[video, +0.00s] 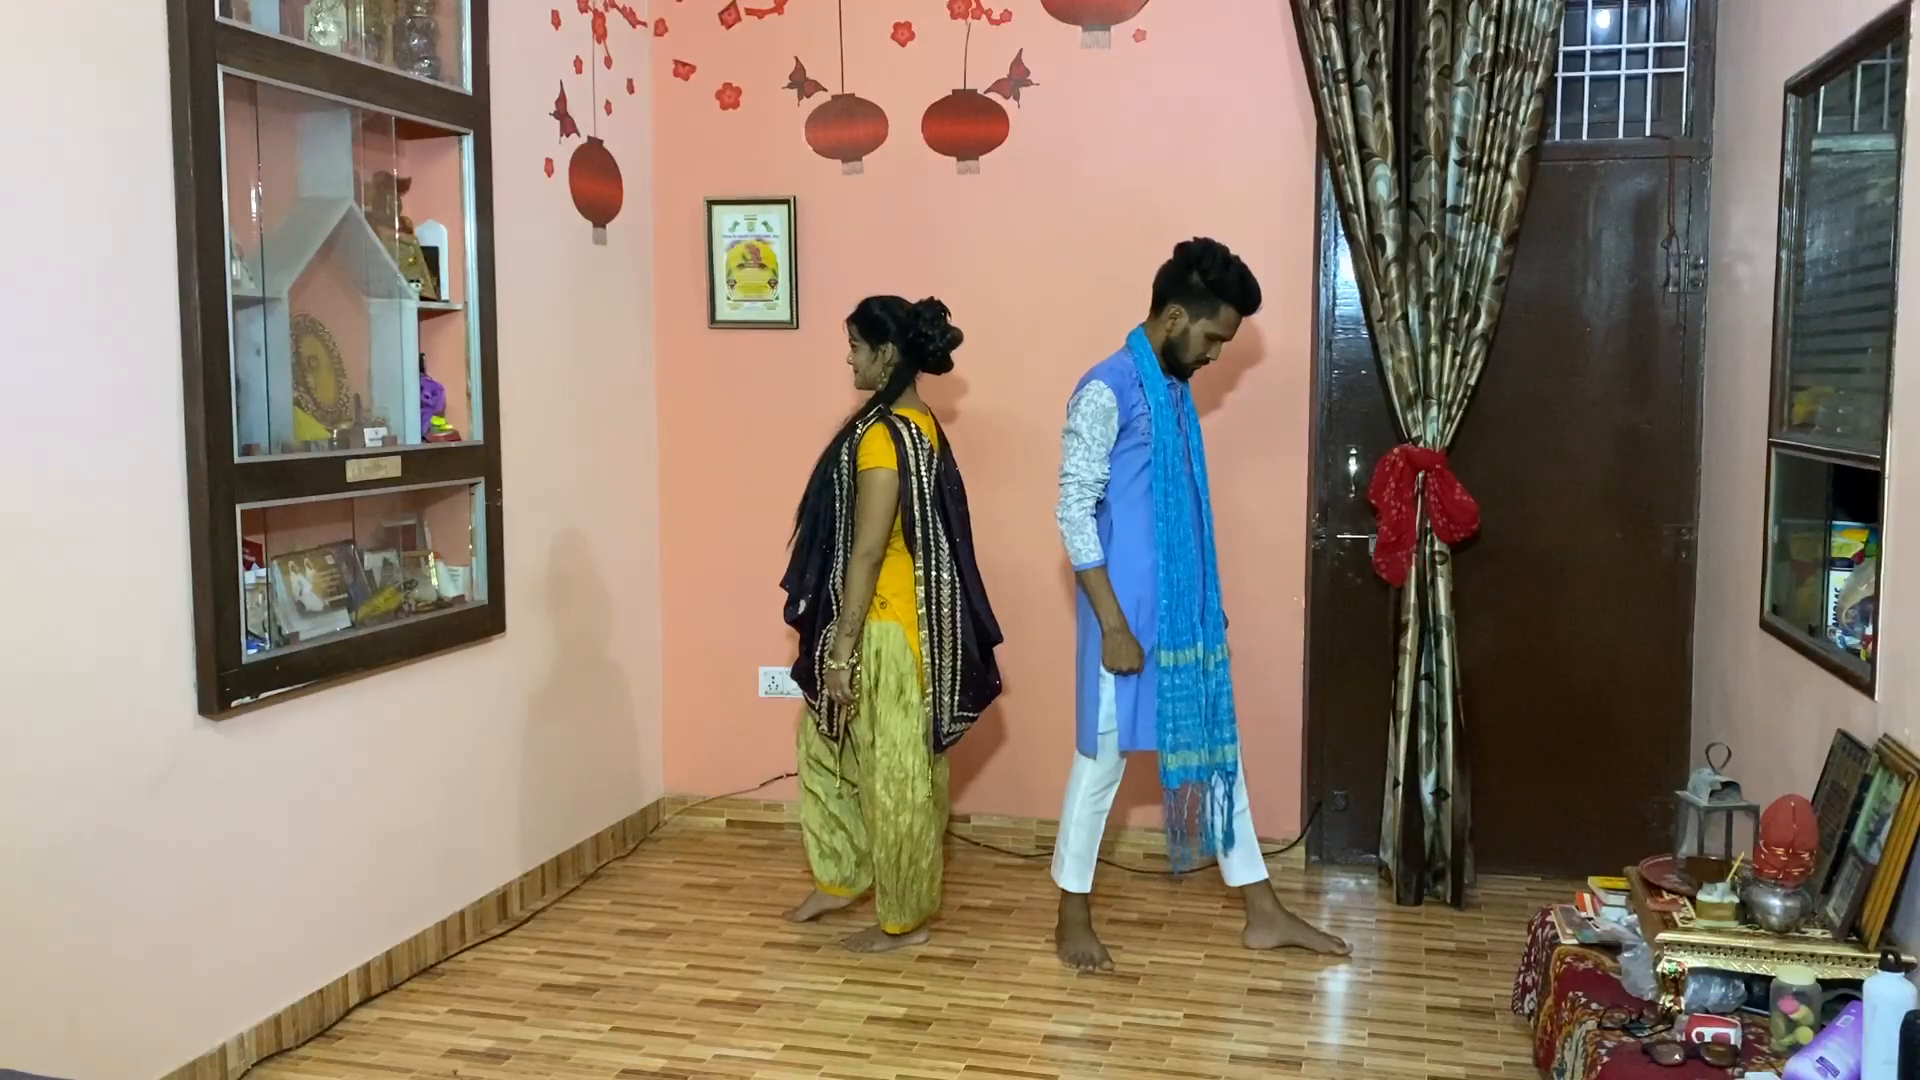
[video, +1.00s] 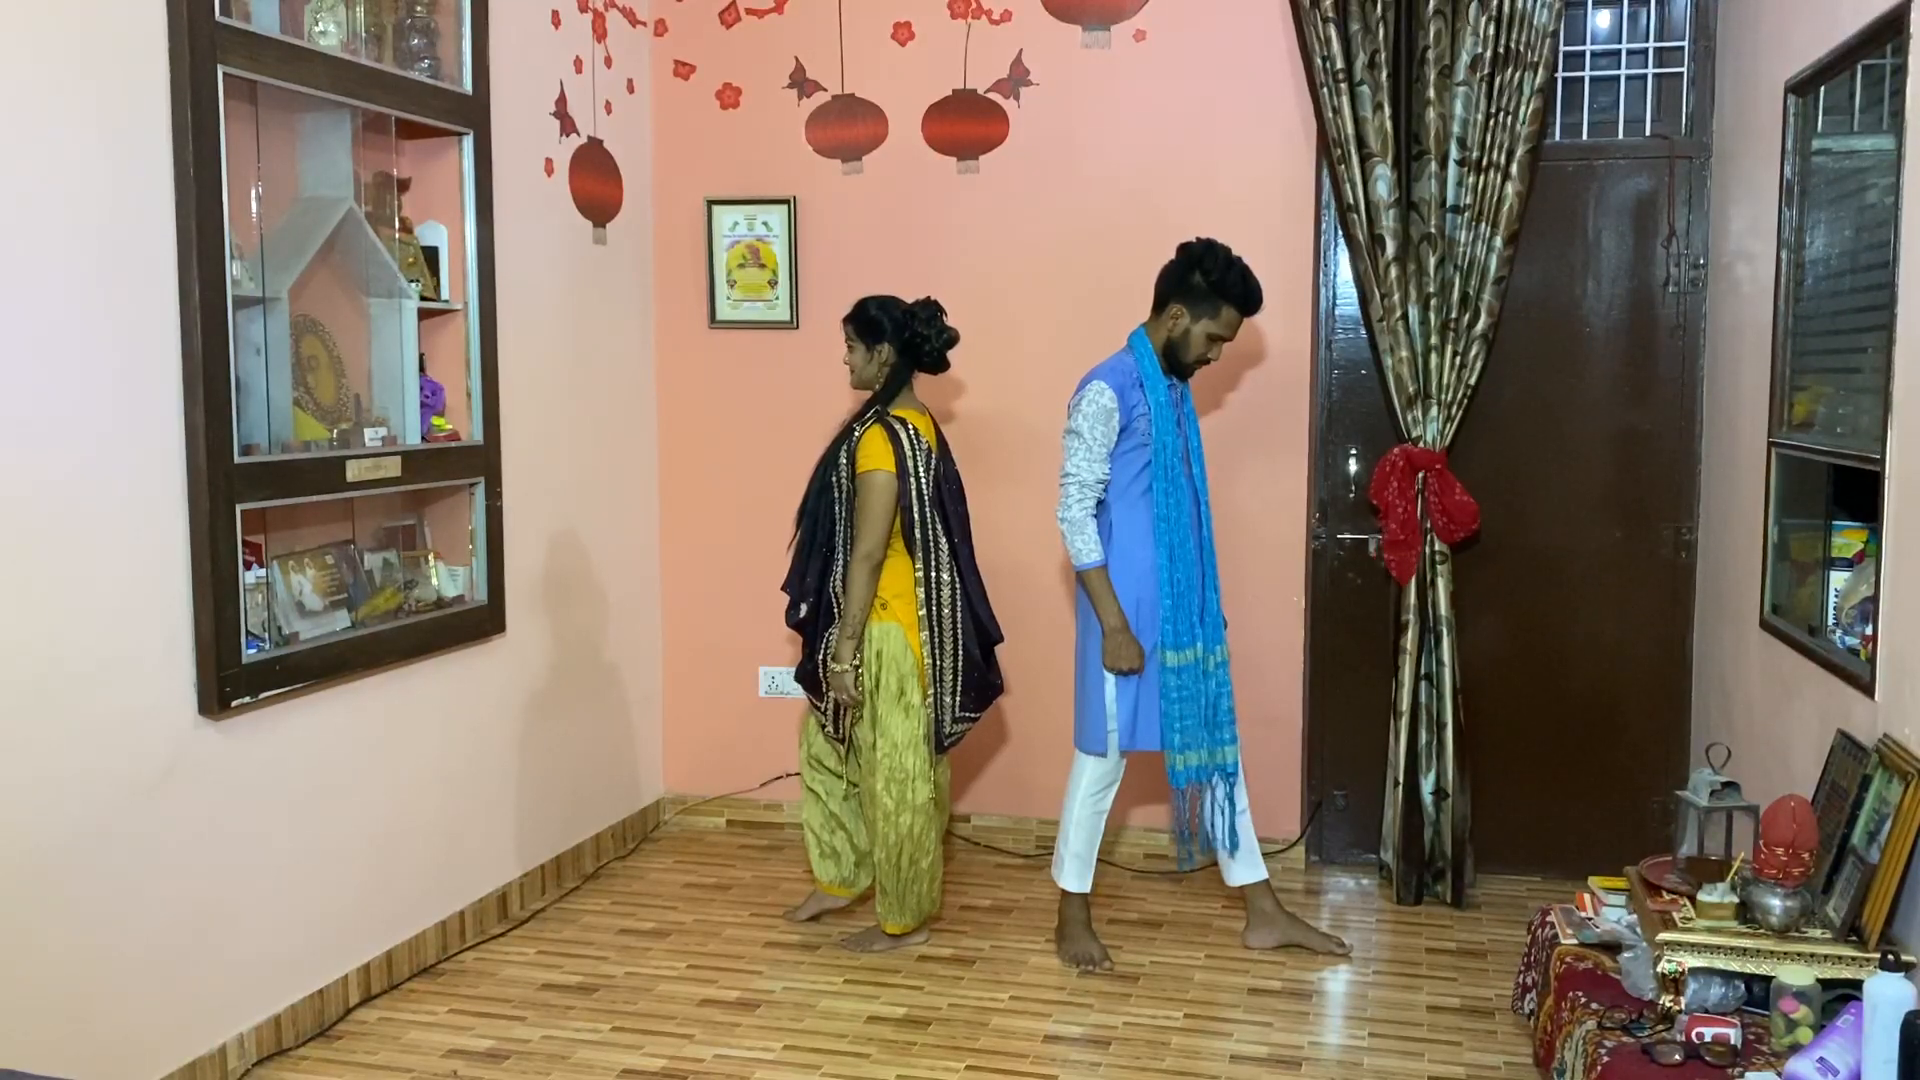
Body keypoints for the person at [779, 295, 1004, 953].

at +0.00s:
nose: (849, 359)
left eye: (858, 348)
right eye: (850, 347)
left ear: (891, 354)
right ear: (897, 355)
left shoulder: (884, 434)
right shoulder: (915, 425)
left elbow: (869, 550)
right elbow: (880, 547)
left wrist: (842, 647)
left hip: (888, 628)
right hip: (883, 619)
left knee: (896, 772)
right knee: (826, 747)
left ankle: (905, 915)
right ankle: (842, 875)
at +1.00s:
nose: (845, 360)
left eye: (854, 348)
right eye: (847, 348)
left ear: (885, 354)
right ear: (895, 355)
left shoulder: (882, 435)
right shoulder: (914, 426)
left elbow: (870, 551)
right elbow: (882, 548)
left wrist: (844, 647)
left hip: (888, 629)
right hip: (888, 621)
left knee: (897, 775)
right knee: (827, 749)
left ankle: (904, 917)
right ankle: (842, 876)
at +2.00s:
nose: (845, 359)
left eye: (854, 347)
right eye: (846, 346)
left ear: (885, 354)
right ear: (894, 354)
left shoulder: (879, 434)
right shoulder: (914, 424)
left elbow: (867, 550)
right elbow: (885, 546)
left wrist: (841, 645)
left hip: (885, 628)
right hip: (887, 618)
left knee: (897, 775)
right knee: (828, 752)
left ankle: (905, 915)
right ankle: (841, 879)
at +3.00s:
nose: (842, 359)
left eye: (850, 349)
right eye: (845, 348)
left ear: (880, 357)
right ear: (888, 358)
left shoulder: (877, 439)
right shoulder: (908, 426)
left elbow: (867, 558)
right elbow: (892, 552)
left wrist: (788, 618)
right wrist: (811, 614)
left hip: (880, 630)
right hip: (885, 623)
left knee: (889, 772)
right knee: (818, 745)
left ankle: (907, 915)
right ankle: (845, 880)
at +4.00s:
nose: (760, 429)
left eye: (768, 420)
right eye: (765, 419)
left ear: (792, 431)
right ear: (806, 432)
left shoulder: (792, 496)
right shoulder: (828, 488)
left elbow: (731, 570)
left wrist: (644, 614)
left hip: (834, 679)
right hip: (835, 671)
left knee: (834, 806)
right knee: (743, 758)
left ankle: (921, 911)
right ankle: (787, 891)